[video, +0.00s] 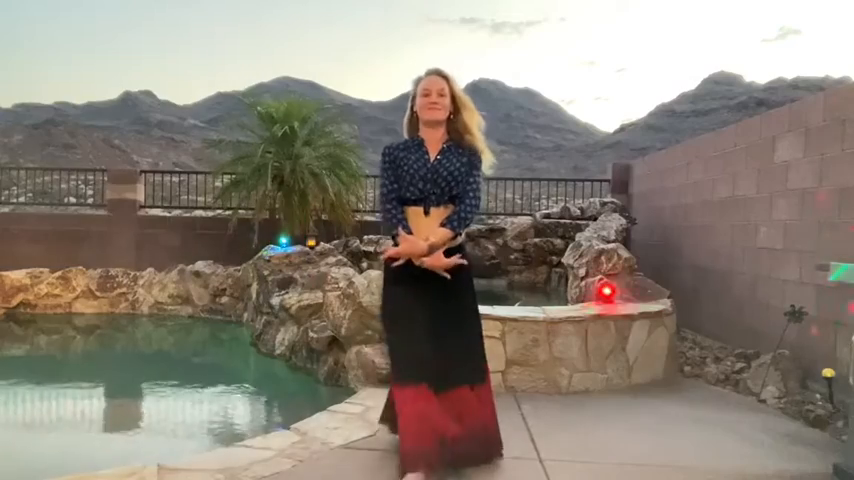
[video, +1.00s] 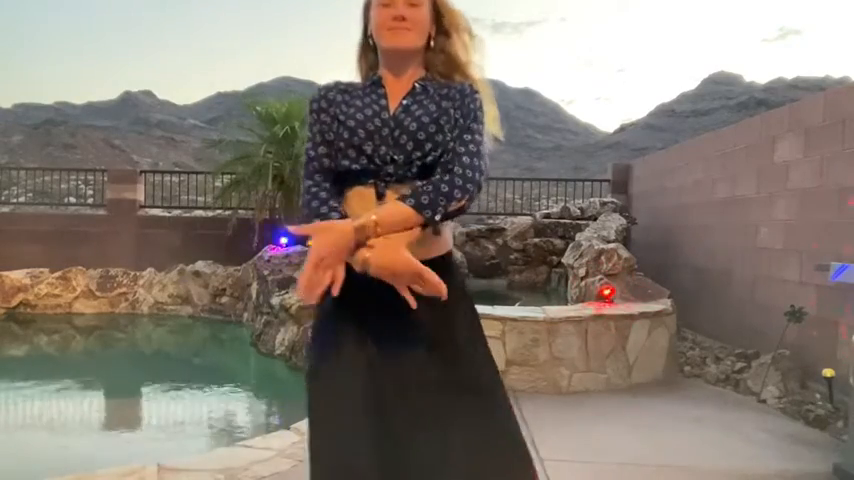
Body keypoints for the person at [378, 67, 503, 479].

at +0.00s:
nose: (433, 100)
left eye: (440, 95)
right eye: (426, 95)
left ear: (452, 104)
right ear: (414, 103)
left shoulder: (466, 154)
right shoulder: (395, 153)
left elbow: (469, 208)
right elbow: (390, 210)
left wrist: (420, 243)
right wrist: (425, 256)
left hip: (450, 261)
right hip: (405, 263)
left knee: (453, 351)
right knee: (410, 355)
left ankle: (456, 449)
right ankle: (417, 458)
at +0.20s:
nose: (428, 86)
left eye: (437, 80)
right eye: (421, 80)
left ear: (450, 91)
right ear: (409, 89)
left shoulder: (466, 145)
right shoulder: (387, 144)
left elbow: (467, 209)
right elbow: (379, 205)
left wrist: (415, 239)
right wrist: (414, 256)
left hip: (447, 260)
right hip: (398, 258)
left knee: (457, 355)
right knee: (405, 361)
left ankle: (465, 456)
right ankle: (427, 460)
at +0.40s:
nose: (423, 73)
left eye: (433, 67)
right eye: (415, 66)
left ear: (447, 78)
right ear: (401, 76)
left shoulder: (464, 136)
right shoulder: (378, 135)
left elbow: (471, 203)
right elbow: (366, 203)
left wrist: (407, 235)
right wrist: (408, 255)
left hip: (443, 267)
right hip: (389, 268)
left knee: (463, 373)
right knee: (407, 379)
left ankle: (477, 469)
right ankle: (424, 469)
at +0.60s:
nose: (417, 60)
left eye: (428, 53)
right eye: (407, 52)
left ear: (443, 68)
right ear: (393, 65)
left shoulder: (463, 130)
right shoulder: (366, 127)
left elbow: (472, 199)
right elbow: (348, 195)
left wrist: (395, 238)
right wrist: (402, 257)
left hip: (443, 275)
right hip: (381, 276)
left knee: (466, 398)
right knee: (401, 405)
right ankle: (411, 472)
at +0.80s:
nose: (409, 34)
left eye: (422, 26)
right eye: (398, 25)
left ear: (440, 42)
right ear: (382, 41)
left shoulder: (461, 110)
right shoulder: (350, 109)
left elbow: (471, 182)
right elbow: (328, 186)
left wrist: (380, 226)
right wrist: (395, 250)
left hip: (443, 275)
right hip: (371, 277)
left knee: (484, 417)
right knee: (372, 425)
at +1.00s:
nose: (399, 9)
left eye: (414, 2)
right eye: (386, 2)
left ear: (434, 24)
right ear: (368, 20)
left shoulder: (457, 97)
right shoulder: (331, 101)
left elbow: (462, 182)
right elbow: (315, 189)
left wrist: (358, 229)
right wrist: (365, 249)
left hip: (432, 289)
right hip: (350, 291)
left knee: (454, 450)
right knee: (350, 450)